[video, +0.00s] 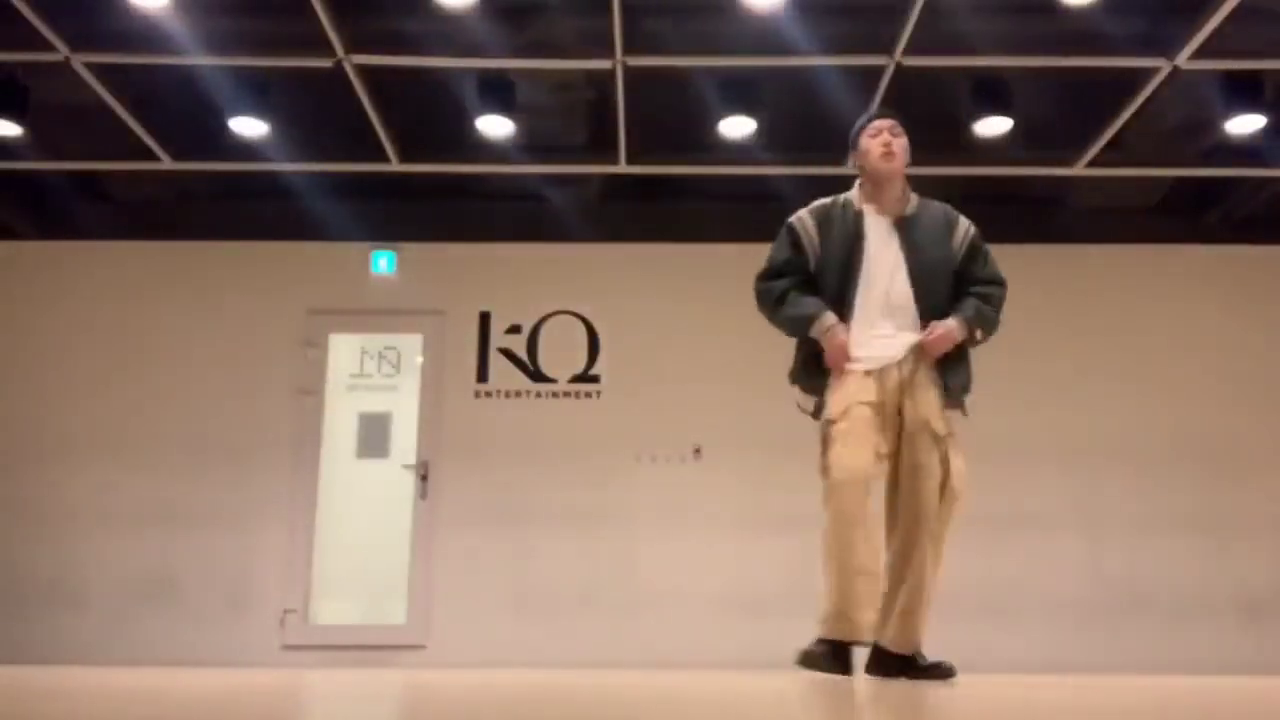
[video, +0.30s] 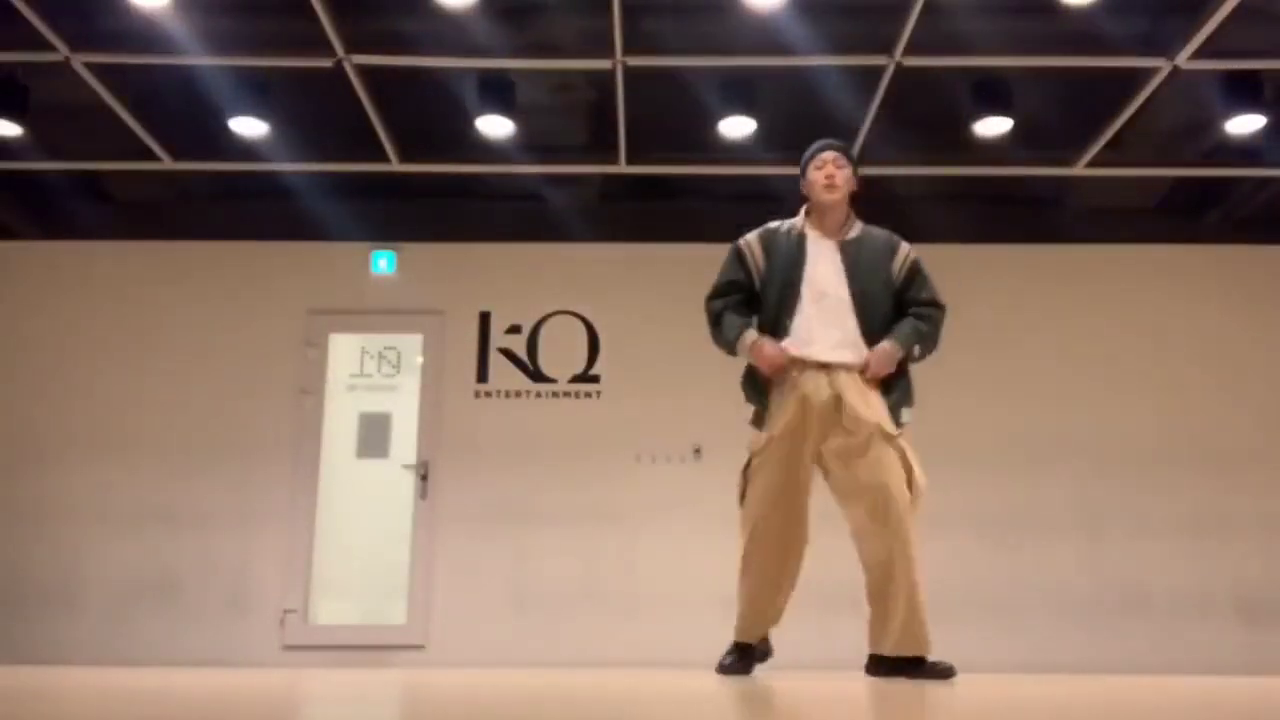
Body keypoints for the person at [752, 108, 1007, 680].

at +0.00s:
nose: (887, 140)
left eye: (895, 134)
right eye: (874, 135)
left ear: (910, 155)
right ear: (855, 158)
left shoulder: (948, 225)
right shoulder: (819, 221)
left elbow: (989, 291)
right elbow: (774, 285)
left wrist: (960, 325)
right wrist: (823, 325)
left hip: (926, 371)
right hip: (853, 371)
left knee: (925, 503)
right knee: (848, 481)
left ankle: (898, 647)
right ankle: (839, 637)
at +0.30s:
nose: (830, 172)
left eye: (839, 165)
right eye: (819, 166)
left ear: (854, 183)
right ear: (803, 185)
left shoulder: (887, 249)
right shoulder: (764, 244)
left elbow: (927, 312)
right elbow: (723, 307)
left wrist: (894, 347)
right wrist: (753, 344)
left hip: (860, 391)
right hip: (787, 389)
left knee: (890, 516)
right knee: (768, 517)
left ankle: (896, 650)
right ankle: (749, 639)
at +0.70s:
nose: (743, 193)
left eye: (751, 187)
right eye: (733, 189)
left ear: (767, 202)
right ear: (719, 209)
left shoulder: (805, 259)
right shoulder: (694, 269)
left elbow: (845, 311)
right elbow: (659, 331)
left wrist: (815, 338)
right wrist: (706, 325)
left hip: (792, 410)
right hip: (727, 415)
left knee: (814, 528)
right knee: (735, 538)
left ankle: (816, 644)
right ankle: (743, 651)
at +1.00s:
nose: (742, 205)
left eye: (748, 199)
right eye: (731, 200)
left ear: (759, 214)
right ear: (713, 217)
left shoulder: (792, 271)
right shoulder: (685, 275)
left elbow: (831, 327)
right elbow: (655, 337)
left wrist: (802, 312)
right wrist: (689, 306)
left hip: (773, 416)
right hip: (715, 416)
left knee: (760, 527)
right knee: (719, 520)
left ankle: (727, 630)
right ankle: (735, 641)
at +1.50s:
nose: (760, 243)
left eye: (761, 237)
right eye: (750, 235)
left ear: (755, 251)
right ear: (722, 243)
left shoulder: (760, 308)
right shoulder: (684, 284)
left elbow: (773, 387)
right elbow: (659, 323)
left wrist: (788, 353)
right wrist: (714, 294)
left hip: (739, 431)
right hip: (690, 423)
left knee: (741, 536)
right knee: (688, 525)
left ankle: (720, 649)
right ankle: (662, 641)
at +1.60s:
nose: (751, 244)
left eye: (752, 238)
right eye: (742, 236)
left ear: (741, 248)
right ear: (715, 241)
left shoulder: (735, 307)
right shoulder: (684, 277)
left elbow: (730, 373)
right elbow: (655, 330)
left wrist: (764, 377)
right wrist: (723, 338)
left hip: (728, 432)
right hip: (684, 424)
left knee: (736, 537)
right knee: (682, 525)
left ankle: (718, 648)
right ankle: (646, 634)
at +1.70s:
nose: (740, 247)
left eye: (740, 239)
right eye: (733, 237)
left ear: (719, 243)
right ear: (706, 239)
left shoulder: (720, 299)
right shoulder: (672, 281)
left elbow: (723, 364)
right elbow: (661, 349)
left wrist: (739, 393)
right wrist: (702, 386)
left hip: (718, 430)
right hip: (674, 426)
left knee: (725, 536)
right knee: (672, 530)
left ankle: (714, 647)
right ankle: (636, 632)